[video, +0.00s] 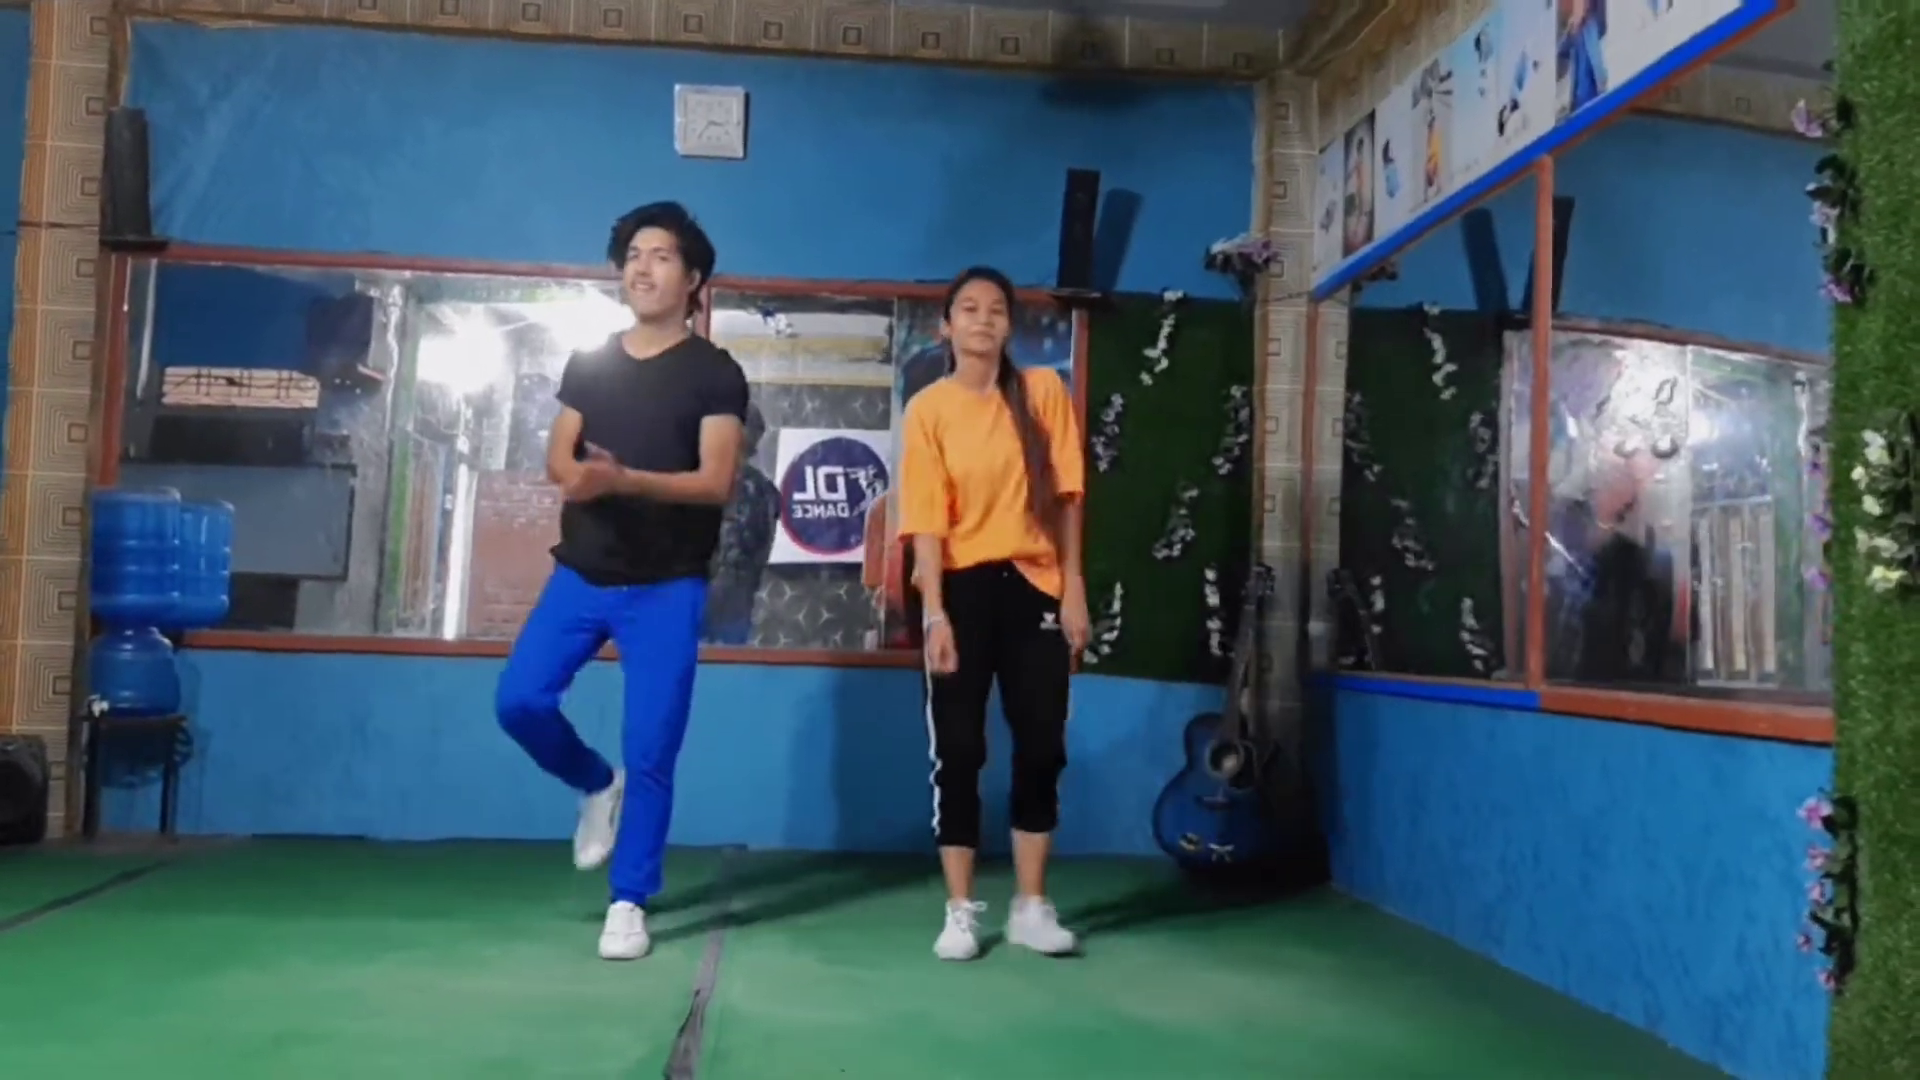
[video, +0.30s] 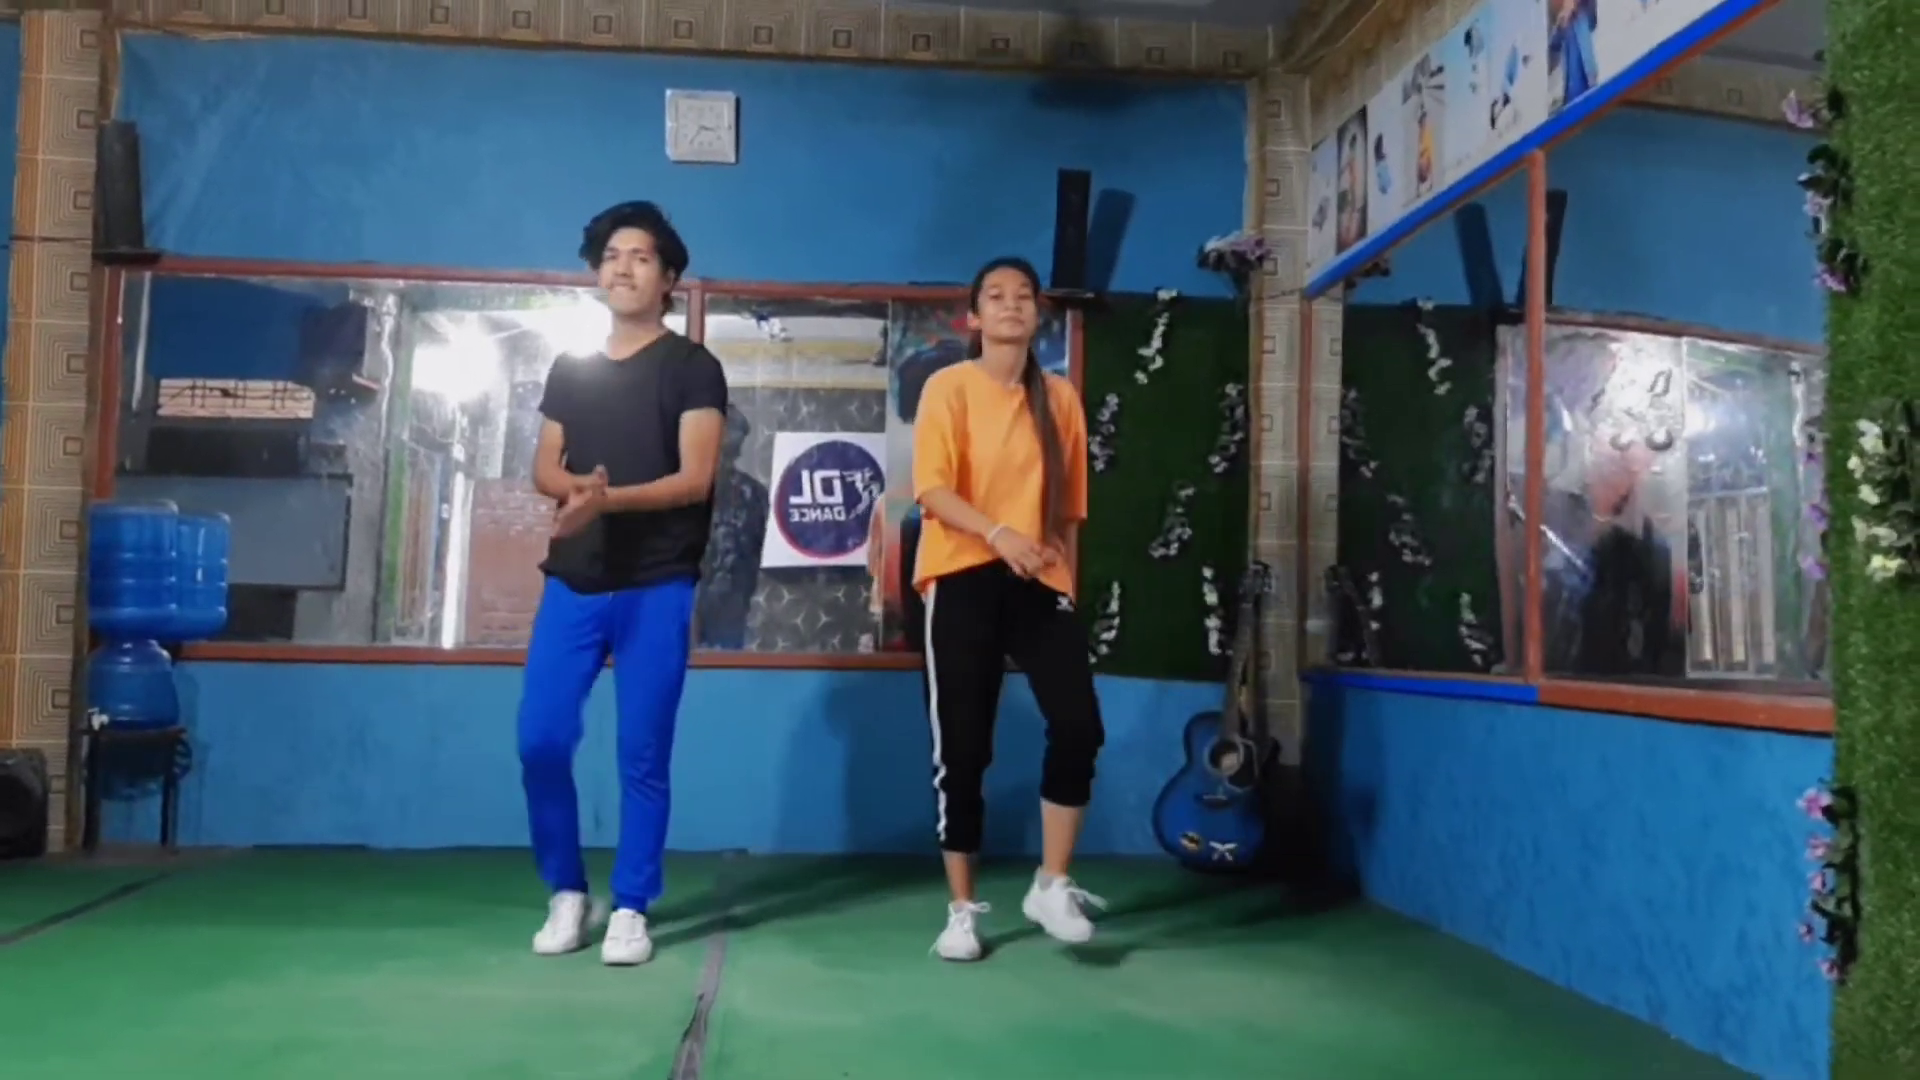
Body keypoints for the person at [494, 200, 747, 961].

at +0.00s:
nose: (644, 269)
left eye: (662, 258)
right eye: (635, 257)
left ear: (694, 279)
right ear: (619, 274)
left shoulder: (715, 373)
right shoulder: (589, 367)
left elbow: (717, 484)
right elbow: (558, 459)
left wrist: (624, 480)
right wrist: (585, 479)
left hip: (666, 589)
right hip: (580, 578)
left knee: (648, 753)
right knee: (520, 704)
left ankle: (629, 901)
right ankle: (598, 784)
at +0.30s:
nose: (625, 269)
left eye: (641, 258)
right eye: (614, 258)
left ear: (670, 277)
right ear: (597, 276)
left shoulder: (693, 366)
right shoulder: (573, 372)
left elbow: (698, 479)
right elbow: (545, 467)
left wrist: (605, 500)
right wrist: (574, 490)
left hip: (656, 588)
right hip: (573, 586)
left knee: (643, 752)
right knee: (540, 738)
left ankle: (630, 909)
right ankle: (565, 893)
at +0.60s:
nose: (613, 263)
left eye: (626, 251)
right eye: (597, 251)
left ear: (643, 268)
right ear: (571, 269)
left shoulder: (678, 356)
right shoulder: (543, 361)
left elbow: (743, 442)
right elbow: (496, 466)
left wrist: (663, 458)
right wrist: (577, 483)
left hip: (655, 581)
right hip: (565, 584)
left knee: (663, 710)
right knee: (563, 740)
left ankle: (630, 865)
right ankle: (572, 892)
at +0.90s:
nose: (631, 263)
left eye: (644, 251)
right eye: (615, 251)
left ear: (661, 267)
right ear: (586, 267)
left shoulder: (689, 358)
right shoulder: (552, 351)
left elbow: (775, 424)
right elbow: (457, 412)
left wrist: (838, 380)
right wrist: (394, 357)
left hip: (659, 584)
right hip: (569, 582)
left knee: (637, 743)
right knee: (574, 744)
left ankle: (622, 902)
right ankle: (578, 893)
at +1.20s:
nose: (625, 284)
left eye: (638, 271)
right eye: (609, 270)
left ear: (655, 285)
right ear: (583, 284)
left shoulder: (692, 368)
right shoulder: (551, 375)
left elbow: (777, 425)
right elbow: (487, 440)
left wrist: (796, 463)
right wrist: (440, 484)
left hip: (658, 593)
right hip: (566, 592)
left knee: (649, 725)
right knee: (548, 743)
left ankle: (626, 868)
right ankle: (566, 898)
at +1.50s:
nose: (636, 287)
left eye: (650, 274)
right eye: (622, 274)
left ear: (672, 288)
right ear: (600, 288)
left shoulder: (708, 376)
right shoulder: (581, 376)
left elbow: (763, 469)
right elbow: (512, 458)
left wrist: (817, 393)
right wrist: (434, 414)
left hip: (667, 603)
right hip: (582, 599)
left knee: (677, 751)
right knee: (502, 721)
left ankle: (703, 898)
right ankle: (502, 897)